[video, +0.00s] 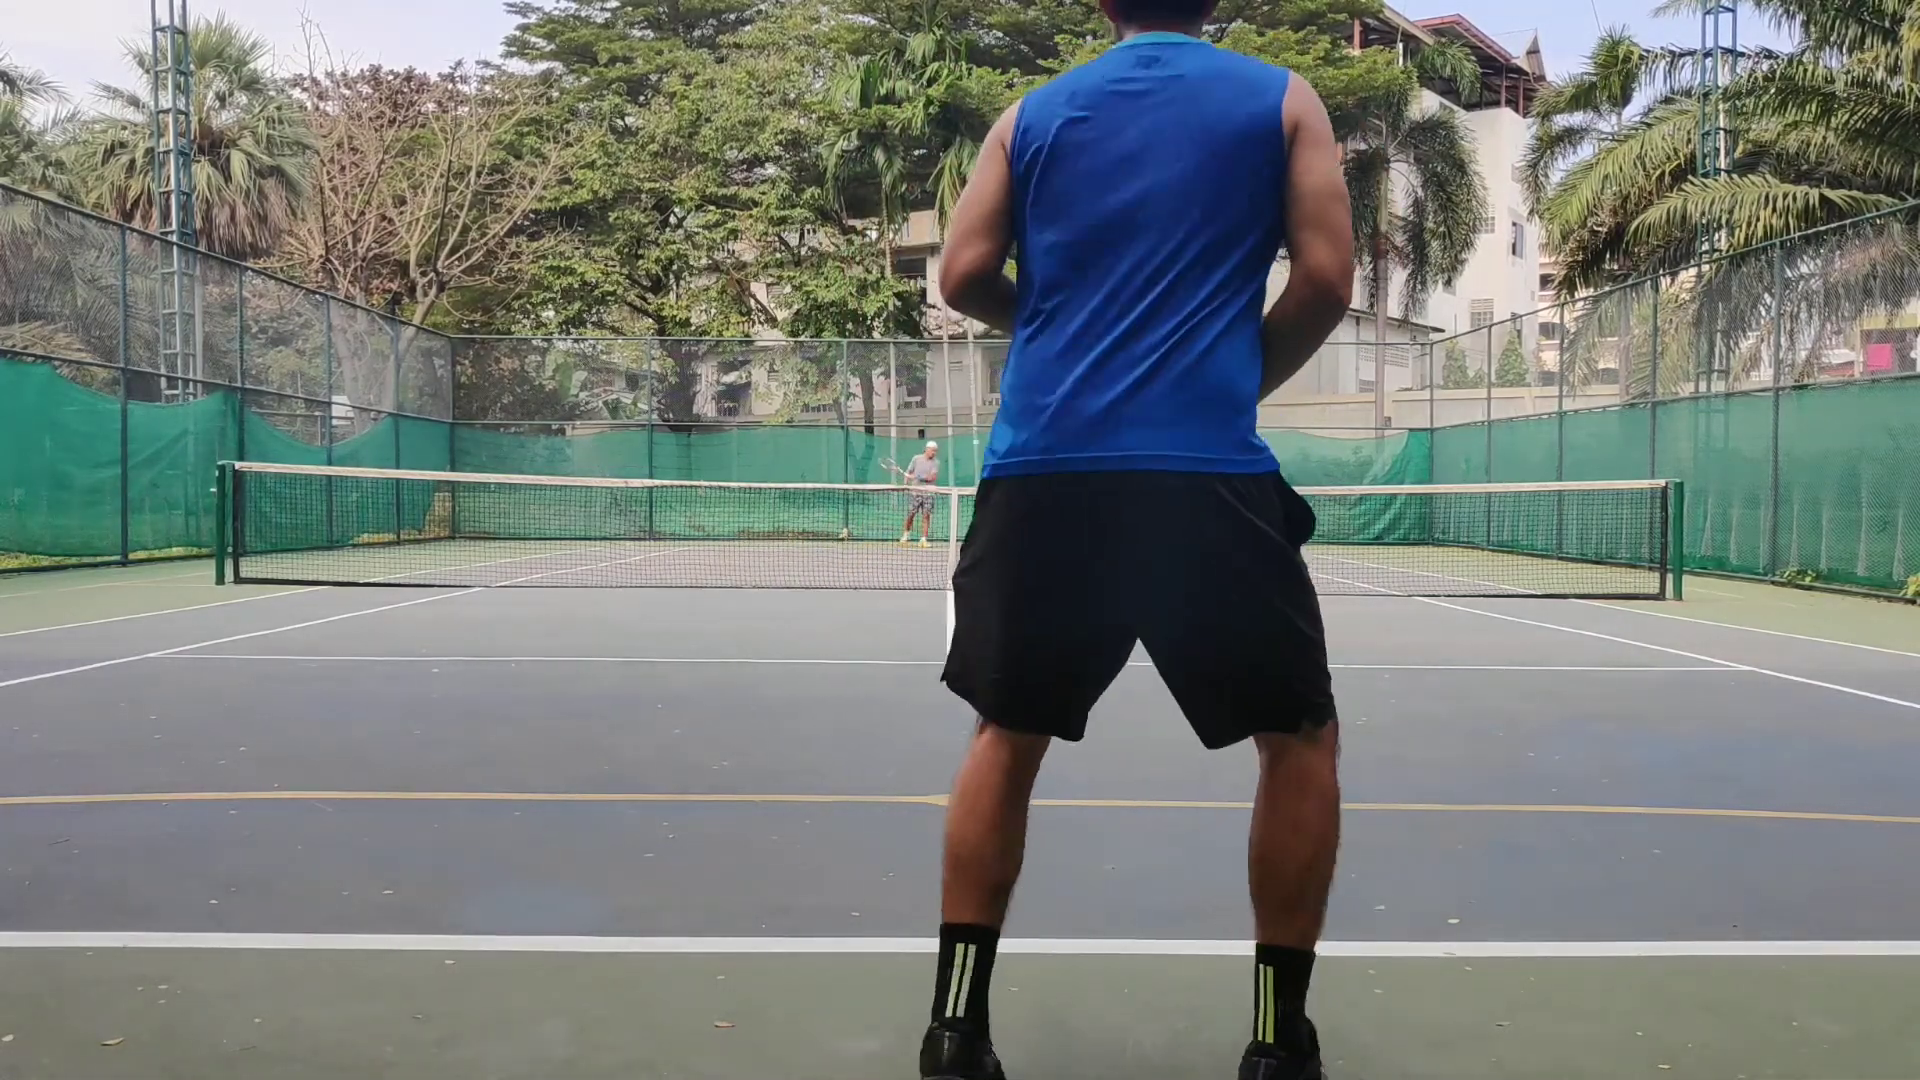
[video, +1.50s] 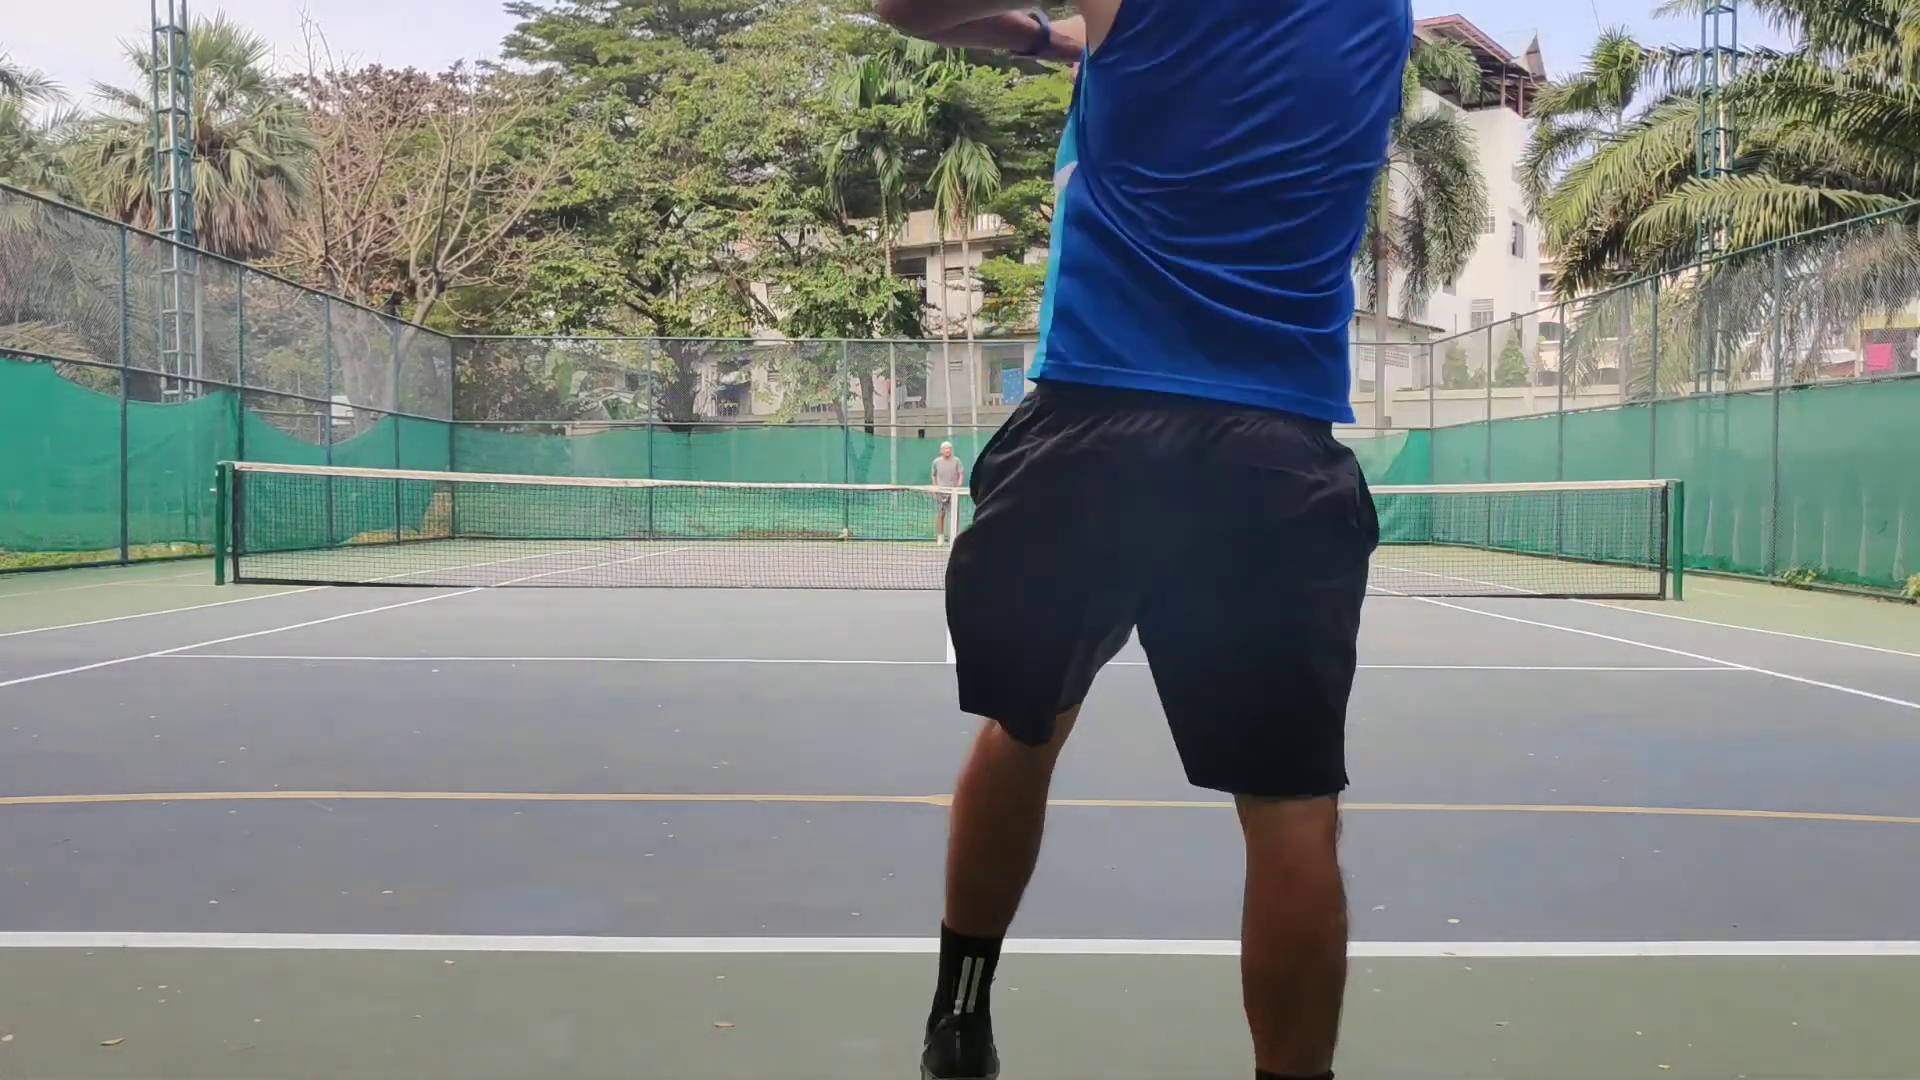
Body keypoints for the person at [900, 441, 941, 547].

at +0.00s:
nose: (933, 453)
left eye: (935, 451)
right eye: (931, 450)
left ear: (936, 452)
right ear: (926, 450)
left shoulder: (935, 462)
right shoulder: (916, 459)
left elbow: (933, 477)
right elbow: (909, 472)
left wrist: (919, 478)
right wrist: (907, 479)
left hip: (928, 490)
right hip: (916, 489)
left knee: (926, 514)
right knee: (912, 512)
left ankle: (924, 537)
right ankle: (906, 532)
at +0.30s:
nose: (927, 451)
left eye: (929, 449)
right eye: (925, 448)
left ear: (931, 450)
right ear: (921, 449)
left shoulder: (933, 461)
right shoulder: (915, 460)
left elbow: (935, 474)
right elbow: (913, 473)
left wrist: (931, 483)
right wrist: (913, 485)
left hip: (928, 490)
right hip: (916, 489)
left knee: (926, 515)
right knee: (914, 514)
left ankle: (925, 537)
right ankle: (918, 533)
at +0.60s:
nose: (923, 452)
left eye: (925, 450)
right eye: (921, 450)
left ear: (929, 451)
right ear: (918, 451)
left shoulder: (933, 462)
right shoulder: (913, 462)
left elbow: (936, 476)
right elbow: (910, 476)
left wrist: (934, 489)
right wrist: (910, 488)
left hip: (929, 492)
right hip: (917, 492)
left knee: (928, 514)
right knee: (917, 515)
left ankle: (927, 534)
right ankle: (918, 533)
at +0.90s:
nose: (927, 450)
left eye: (929, 448)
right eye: (925, 448)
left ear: (932, 449)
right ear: (921, 450)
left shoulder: (937, 460)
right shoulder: (917, 461)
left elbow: (943, 472)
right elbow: (910, 473)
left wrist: (948, 483)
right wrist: (911, 486)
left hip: (934, 490)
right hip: (921, 491)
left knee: (939, 514)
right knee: (921, 515)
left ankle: (941, 536)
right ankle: (920, 536)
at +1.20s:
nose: (939, 453)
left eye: (941, 451)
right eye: (937, 451)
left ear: (943, 452)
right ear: (933, 453)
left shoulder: (948, 464)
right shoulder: (928, 464)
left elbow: (951, 477)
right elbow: (924, 477)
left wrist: (951, 488)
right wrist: (925, 488)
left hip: (945, 491)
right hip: (932, 491)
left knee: (949, 515)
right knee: (928, 514)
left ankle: (950, 534)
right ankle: (921, 534)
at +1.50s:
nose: (947, 451)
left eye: (949, 448)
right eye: (945, 449)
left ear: (951, 450)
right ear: (941, 450)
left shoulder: (956, 461)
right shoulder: (936, 462)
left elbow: (961, 473)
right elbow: (933, 474)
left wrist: (959, 483)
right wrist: (935, 485)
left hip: (954, 489)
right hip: (941, 489)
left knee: (955, 513)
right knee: (941, 513)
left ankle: (955, 535)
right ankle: (940, 535)